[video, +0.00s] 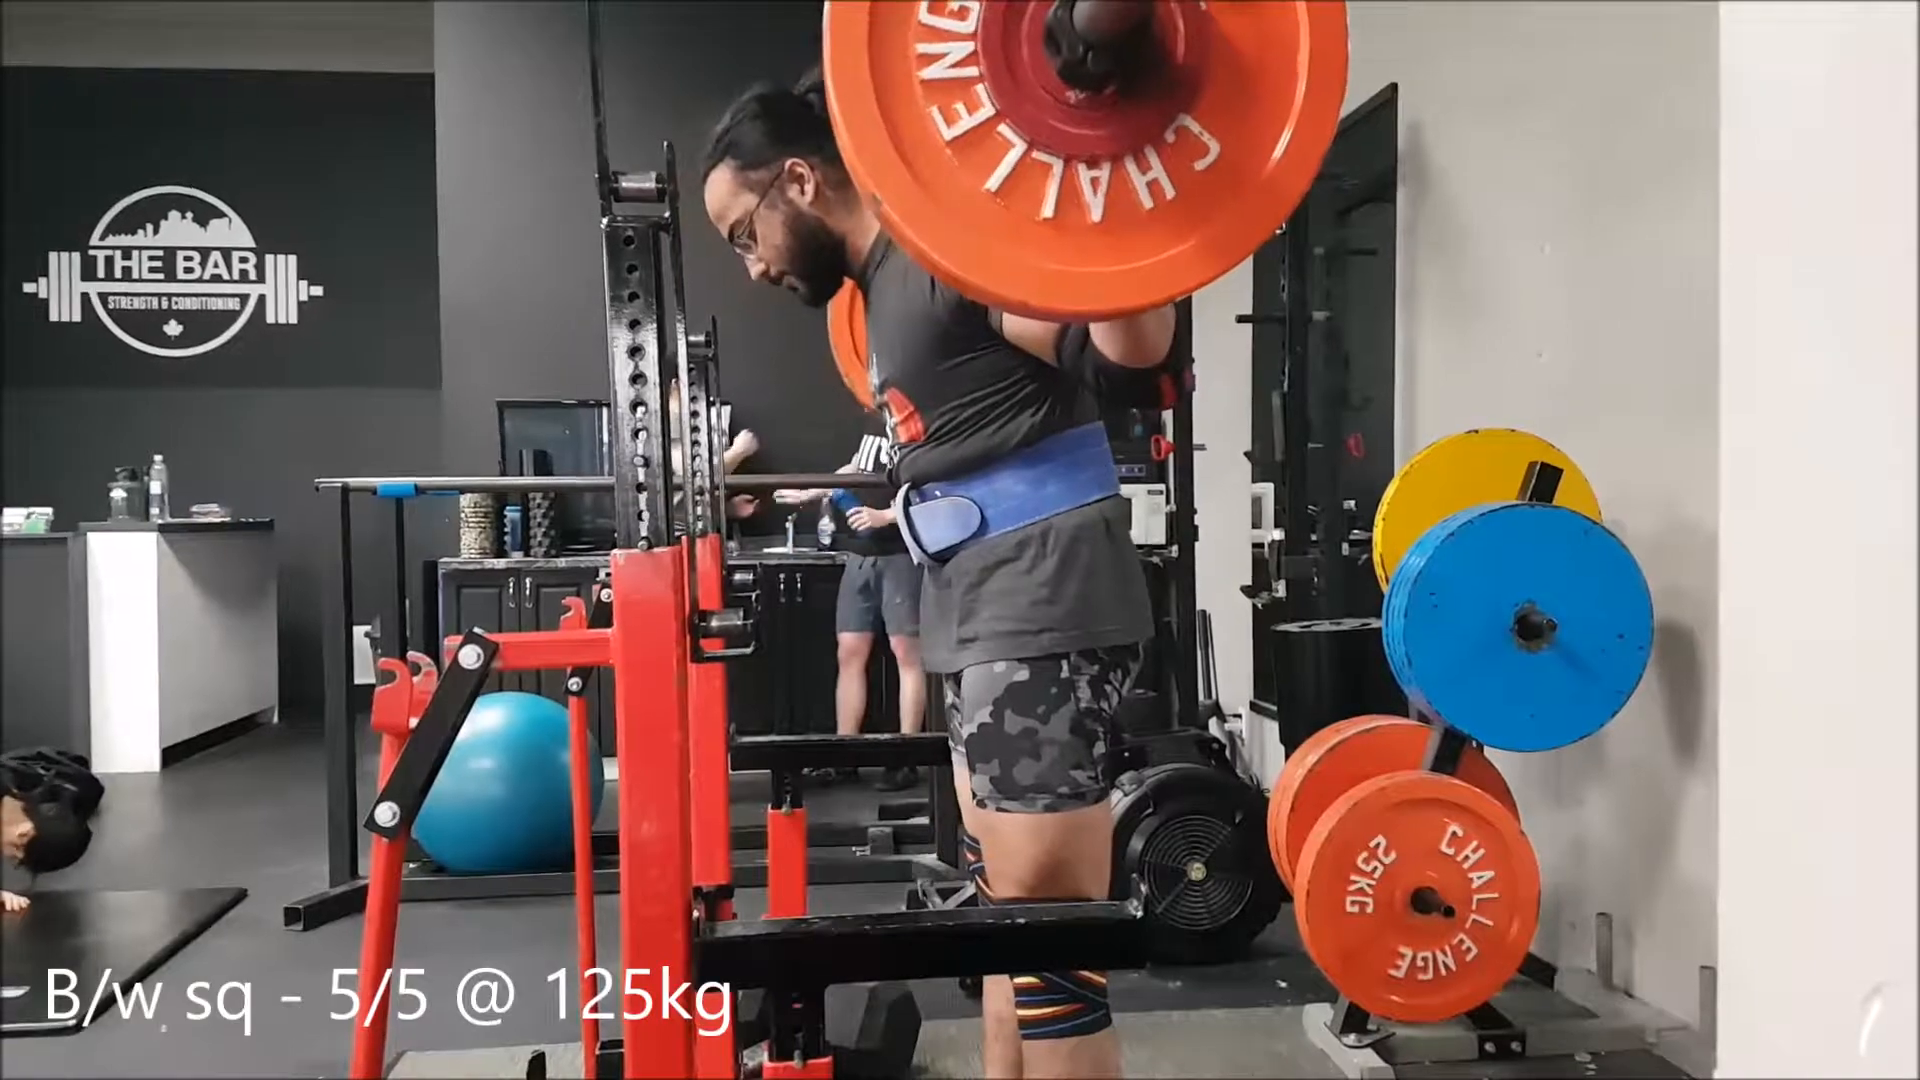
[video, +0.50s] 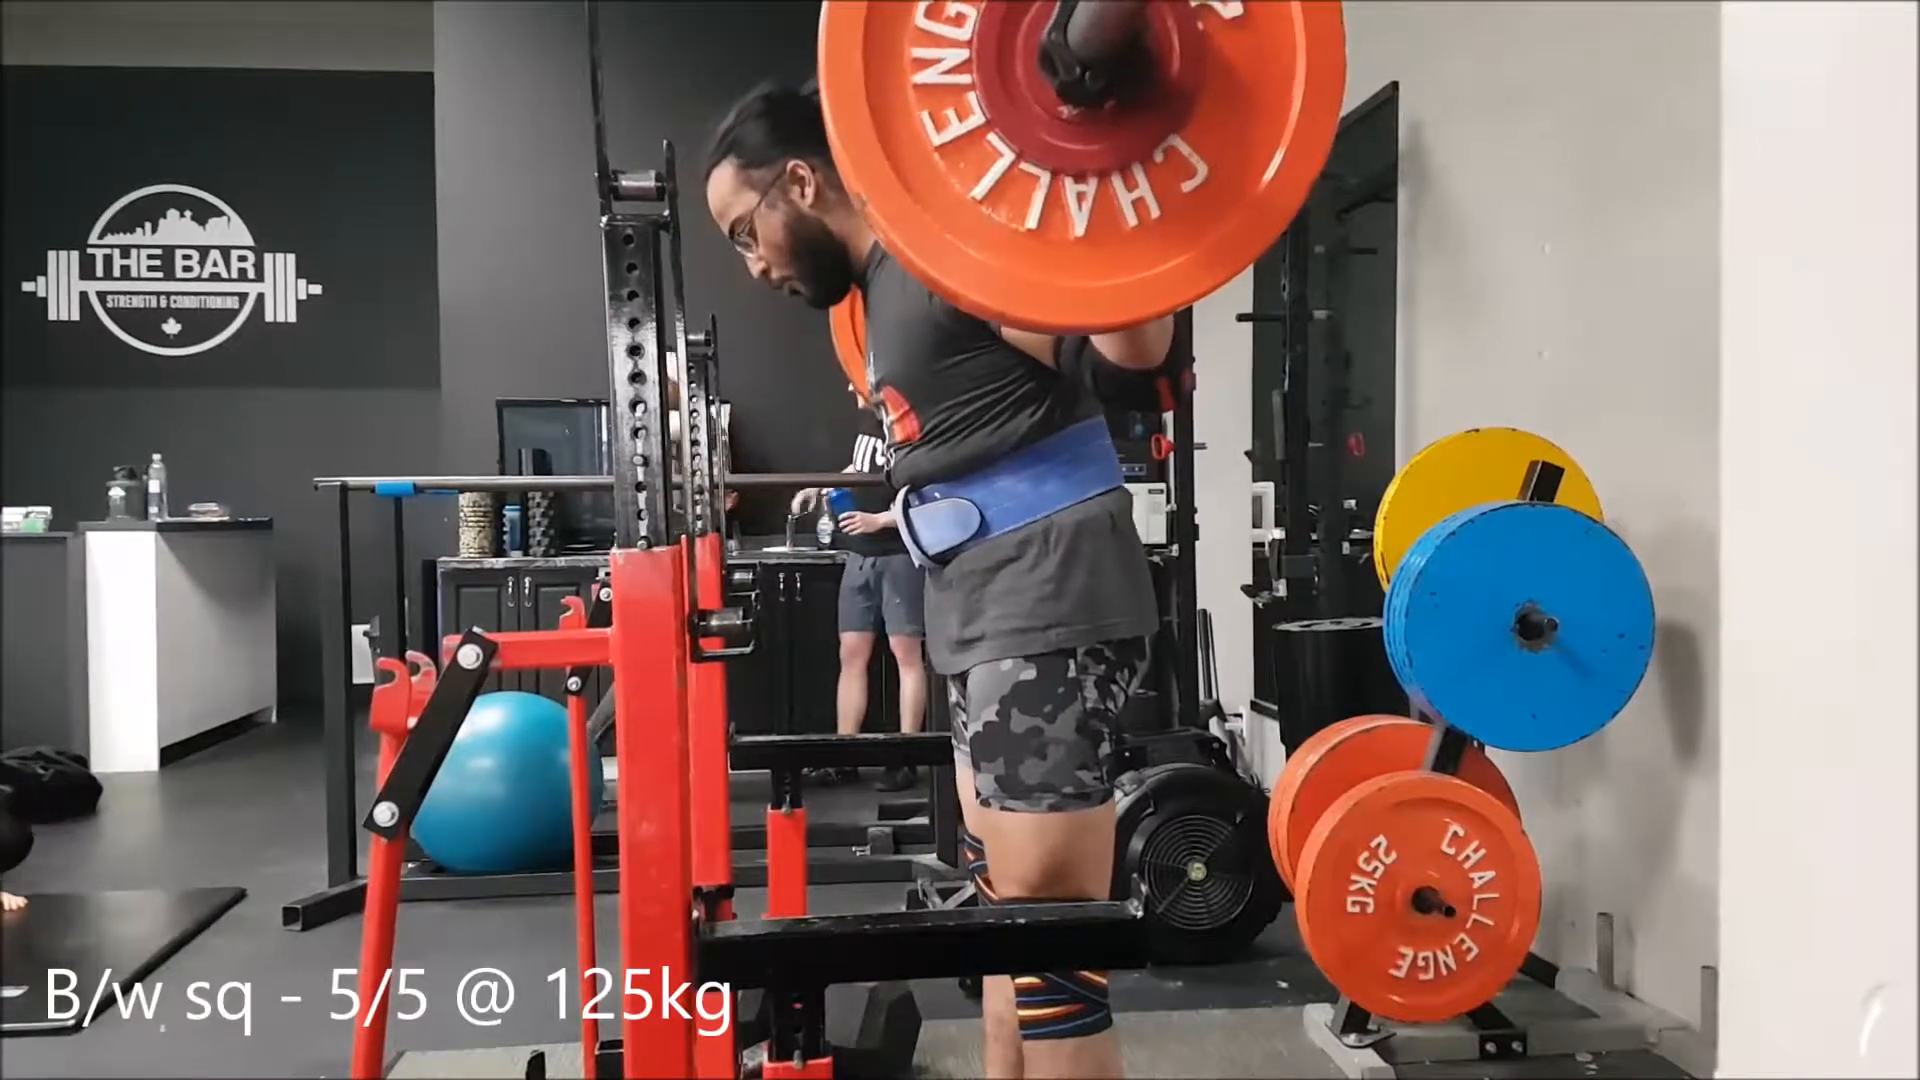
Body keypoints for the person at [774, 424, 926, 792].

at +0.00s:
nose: (878, 398)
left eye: (887, 392)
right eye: (878, 393)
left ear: (909, 393)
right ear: (878, 396)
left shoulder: (929, 440)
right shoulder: (877, 434)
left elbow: (931, 499)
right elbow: (853, 474)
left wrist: (885, 516)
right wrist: (811, 494)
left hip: (902, 557)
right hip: (860, 556)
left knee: (907, 652)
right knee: (850, 652)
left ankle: (907, 757)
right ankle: (843, 755)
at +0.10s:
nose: (880, 395)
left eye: (889, 389)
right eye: (879, 388)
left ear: (913, 396)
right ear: (878, 395)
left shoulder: (927, 441)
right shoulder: (874, 433)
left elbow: (935, 495)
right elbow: (853, 474)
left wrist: (894, 518)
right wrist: (820, 505)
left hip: (902, 555)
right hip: (859, 555)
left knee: (906, 651)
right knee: (849, 650)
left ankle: (906, 757)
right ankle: (843, 756)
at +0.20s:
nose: (879, 391)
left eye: (888, 383)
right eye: (878, 383)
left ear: (912, 392)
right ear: (877, 391)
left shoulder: (929, 438)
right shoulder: (874, 430)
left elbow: (935, 494)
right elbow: (856, 472)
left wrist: (894, 519)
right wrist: (821, 504)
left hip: (902, 554)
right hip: (859, 553)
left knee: (906, 650)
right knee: (849, 649)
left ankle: (906, 757)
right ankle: (843, 756)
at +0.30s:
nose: (872, 386)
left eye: (881, 376)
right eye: (871, 376)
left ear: (904, 384)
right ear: (870, 382)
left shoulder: (924, 432)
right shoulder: (871, 422)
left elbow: (936, 492)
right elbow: (859, 474)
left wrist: (891, 519)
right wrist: (821, 495)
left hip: (901, 555)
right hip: (859, 554)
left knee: (906, 651)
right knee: (849, 650)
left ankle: (906, 757)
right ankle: (843, 756)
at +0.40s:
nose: (855, 385)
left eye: (864, 377)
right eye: (857, 377)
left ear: (889, 386)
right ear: (867, 390)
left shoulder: (919, 434)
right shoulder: (868, 431)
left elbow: (931, 499)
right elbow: (852, 481)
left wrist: (887, 520)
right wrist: (812, 496)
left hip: (901, 555)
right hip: (860, 554)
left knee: (906, 651)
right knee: (850, 650)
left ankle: (906, 757)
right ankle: (843, 755)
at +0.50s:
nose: (852, 386)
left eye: (861, 377)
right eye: (853, 377)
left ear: (887, 385)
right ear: (867, 391)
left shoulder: (918, 434)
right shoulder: (869, 430)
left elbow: (926, 500)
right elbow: (852, 477)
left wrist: (881, 519)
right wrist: (819, 489)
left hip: (901, 555)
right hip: (860, 553)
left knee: (906, 652)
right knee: (852, 651)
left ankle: (906, 757)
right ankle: (843, 754)